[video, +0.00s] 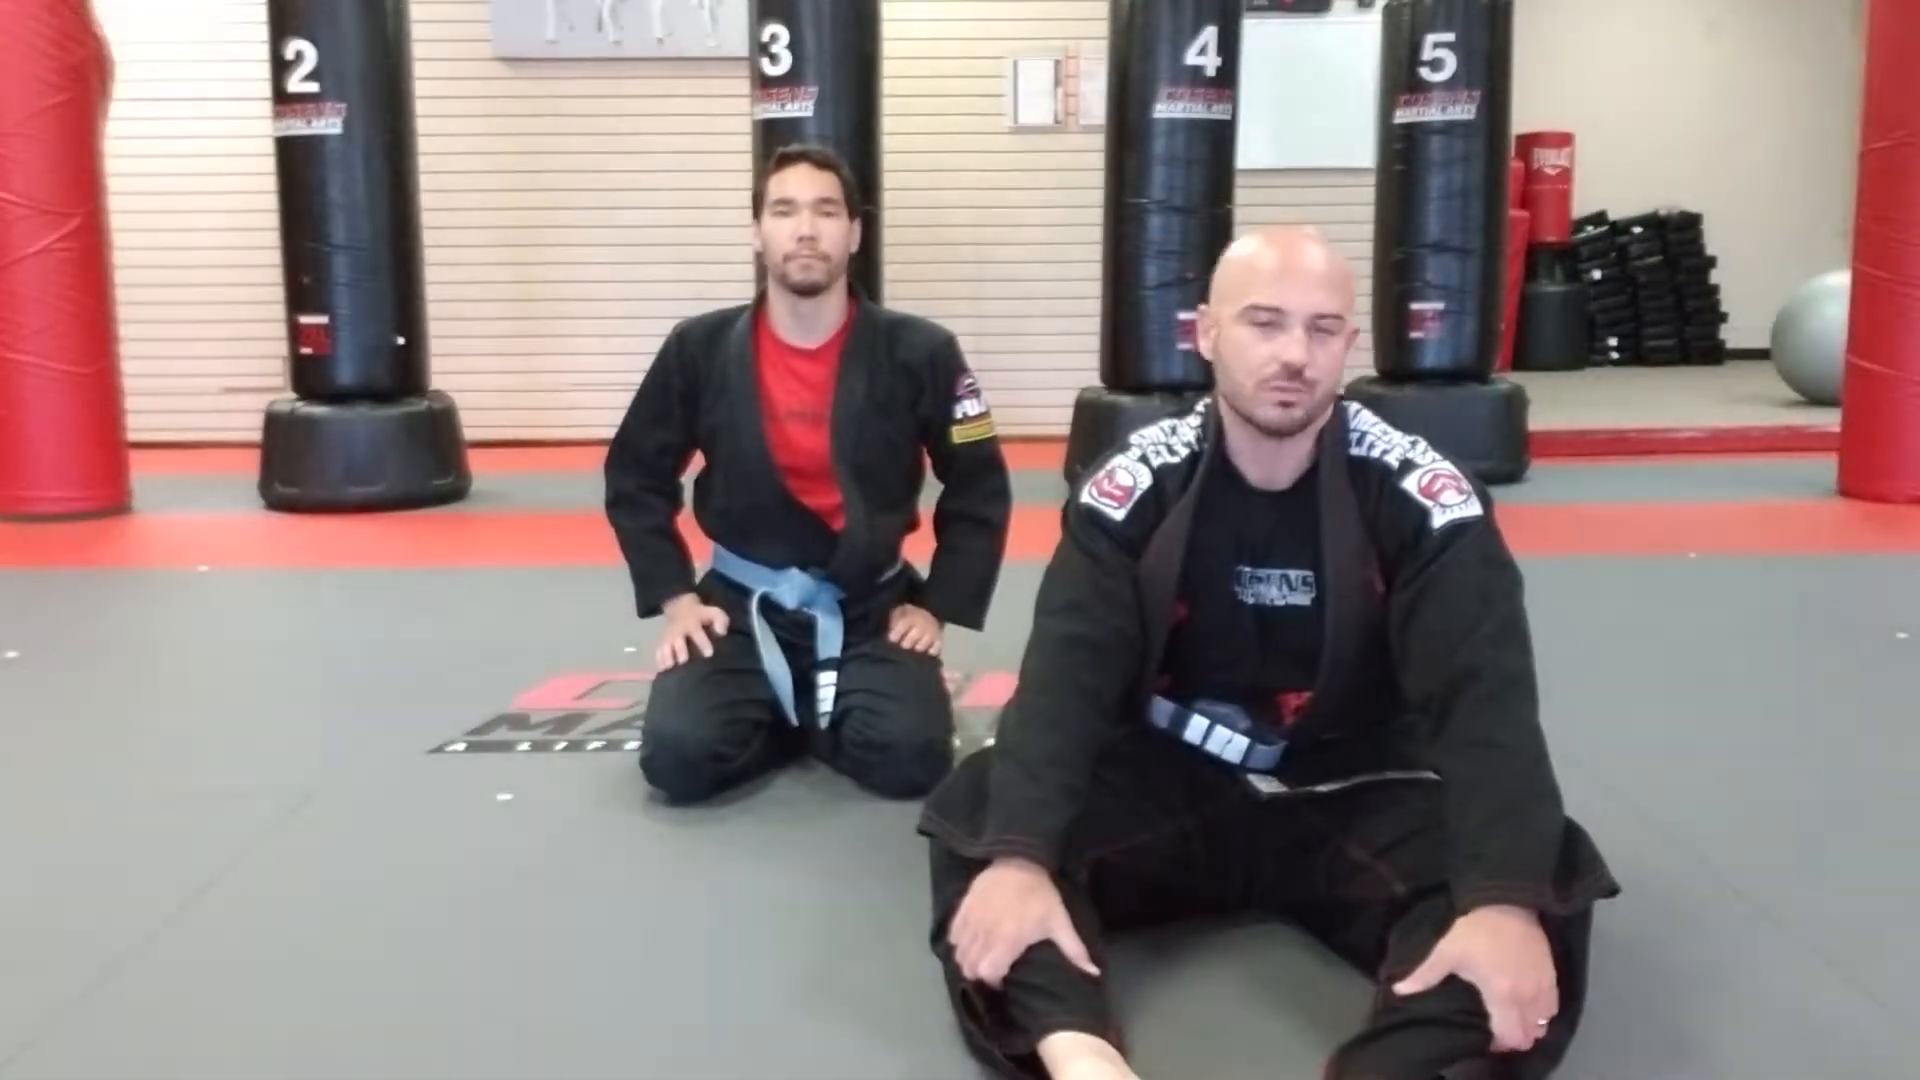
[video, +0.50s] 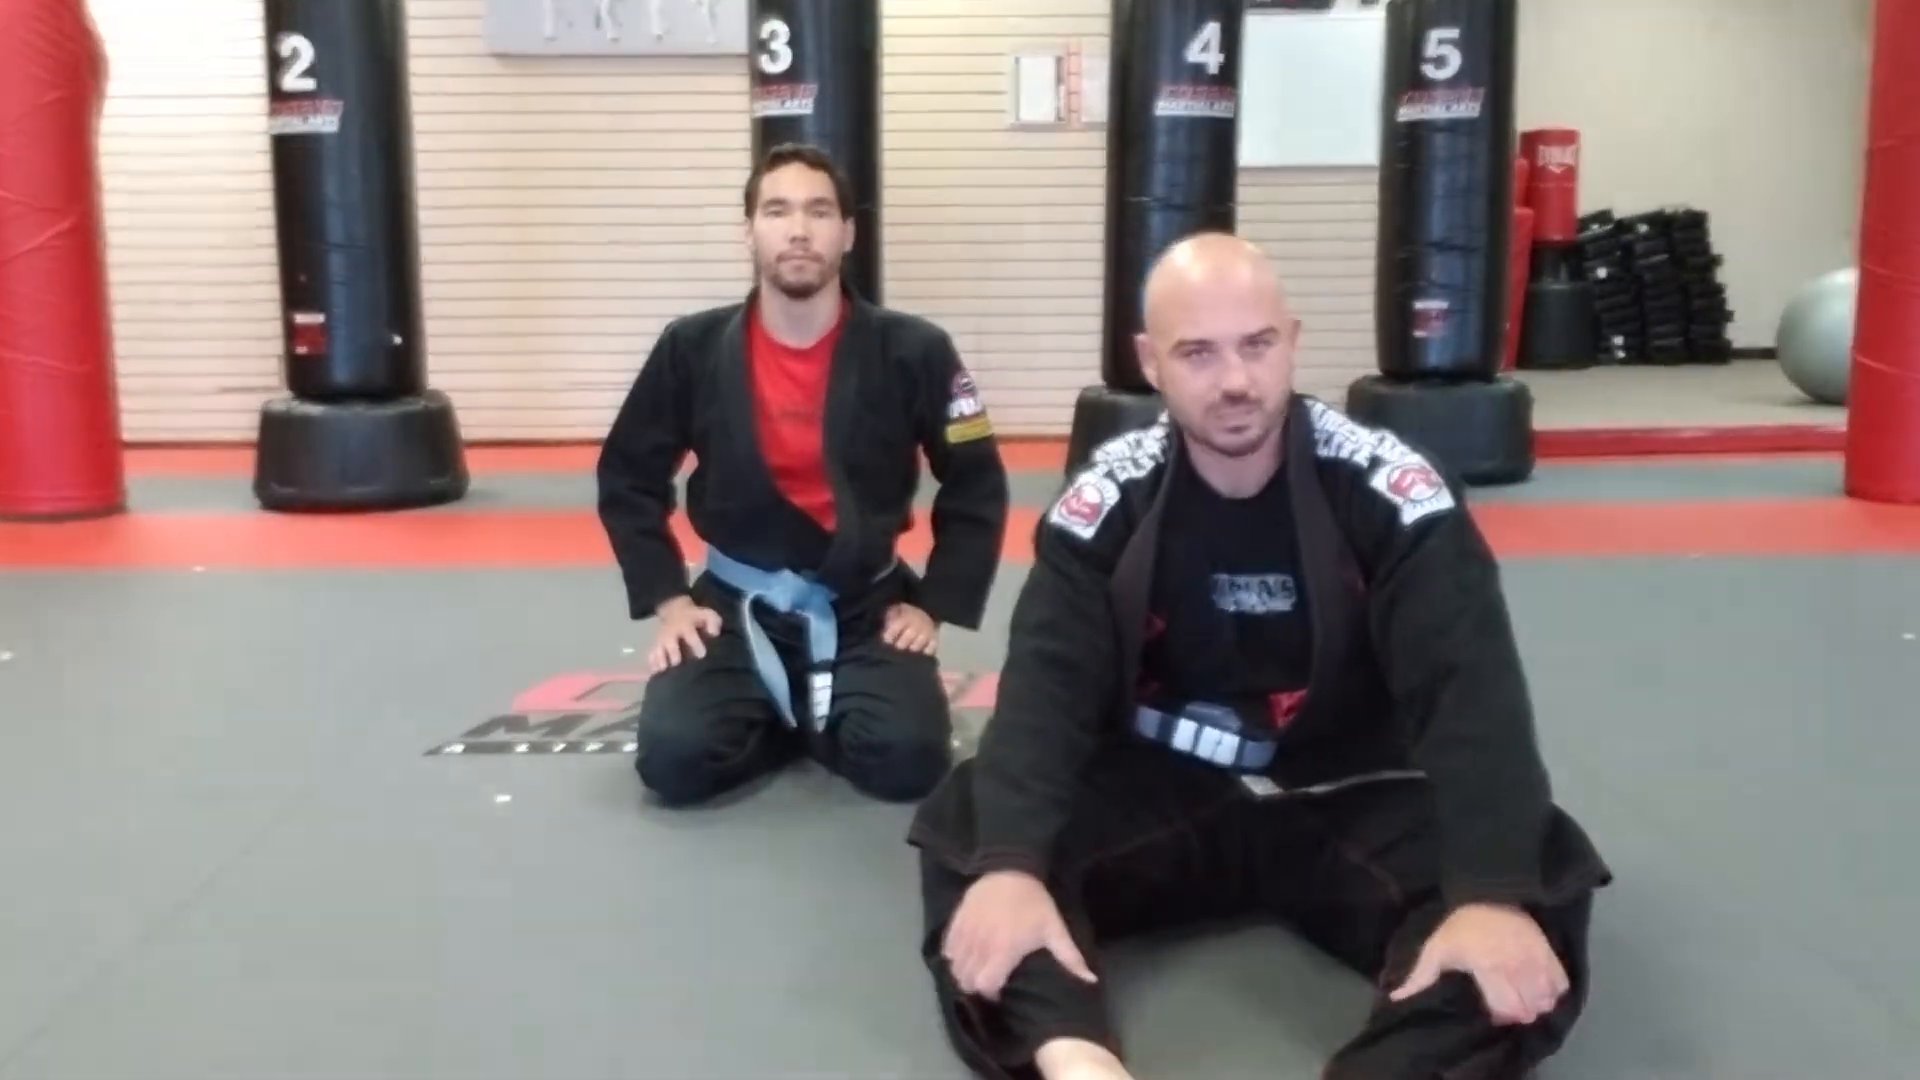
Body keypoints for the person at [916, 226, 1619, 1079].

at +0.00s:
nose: (1293, 355)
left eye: (1321, 330)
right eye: (1264, 323)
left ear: (1350, 347)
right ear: (1204, 336)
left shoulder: (1416, 489)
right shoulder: (1137, 482)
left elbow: (1484, 696)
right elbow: (1065, 677)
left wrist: (1504, 900)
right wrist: (1018, 856)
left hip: (1356, 809)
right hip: (1165, 796)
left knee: (1536, 875)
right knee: (981, 807)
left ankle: (1396, 1067)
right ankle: (1085, 1064)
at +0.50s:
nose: (1237, 381)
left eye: (1259, 346)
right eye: (1201, 354)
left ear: (1293, 341)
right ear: (1151, 365)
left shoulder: (1385, 483)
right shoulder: (1107, 498)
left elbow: (1470, 688)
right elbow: (1046, 689)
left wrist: (1491, 894)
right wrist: (1009, 865)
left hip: (1350, 808)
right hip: (1158, 800)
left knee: (1533, 868)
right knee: (968, 819)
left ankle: (1392, 1060)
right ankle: (1075, 1060)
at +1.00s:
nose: (1238, 341)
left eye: (1262, 314)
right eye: (1207, 319)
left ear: (1297, 328)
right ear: (1165, 341)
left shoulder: (1380, 467)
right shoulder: (1121, 474)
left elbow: (1445, 644)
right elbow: (1049, 637)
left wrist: (1450, 790)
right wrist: (1015, 707)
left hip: (1335, 784)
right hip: (1158, 777)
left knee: (1452, 824)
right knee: (1014, 783)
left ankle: (1341, 1058)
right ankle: (1090, 1046)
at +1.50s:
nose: (1210, 350)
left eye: (1229, 321)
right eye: (1177, 332)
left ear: (1266, 322)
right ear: (1142, 352)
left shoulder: (1362, 453)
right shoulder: (1102, 467)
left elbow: (1491, 631)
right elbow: (986, 612)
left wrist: (1499, 854)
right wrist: (927, 777)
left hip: (1345, 777)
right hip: (1163, 768)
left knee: (1265, 723)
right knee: (1028, 716)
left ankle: (1202, 1029)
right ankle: (984, 996)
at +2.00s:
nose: (1080, 357)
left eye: (1103, 319)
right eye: (1046, 332)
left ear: (1157, 307)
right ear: (1014, 339)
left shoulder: (1267, 450)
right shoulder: (973, 457)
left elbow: (1378, 680)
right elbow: (923, 675)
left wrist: (1421, 892)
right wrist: (899, 849)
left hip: (1253, 803)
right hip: (1052, 798)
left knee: (1221, 676)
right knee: (847, 729)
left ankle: (1056, 1042)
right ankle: (789, 1030)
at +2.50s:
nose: (1003, 432)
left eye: (1036, 401)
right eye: (973, 401)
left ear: (1092, 416)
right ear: (933, 419)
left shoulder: (1189, 554)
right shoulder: (855, 552)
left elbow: (1357, 732)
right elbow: (759, 720)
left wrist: (1445, 904)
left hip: (1065, 937)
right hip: (863, 933)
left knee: (1241, 682)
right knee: (723, 616)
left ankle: (1042, 1058)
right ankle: (769, 1043)